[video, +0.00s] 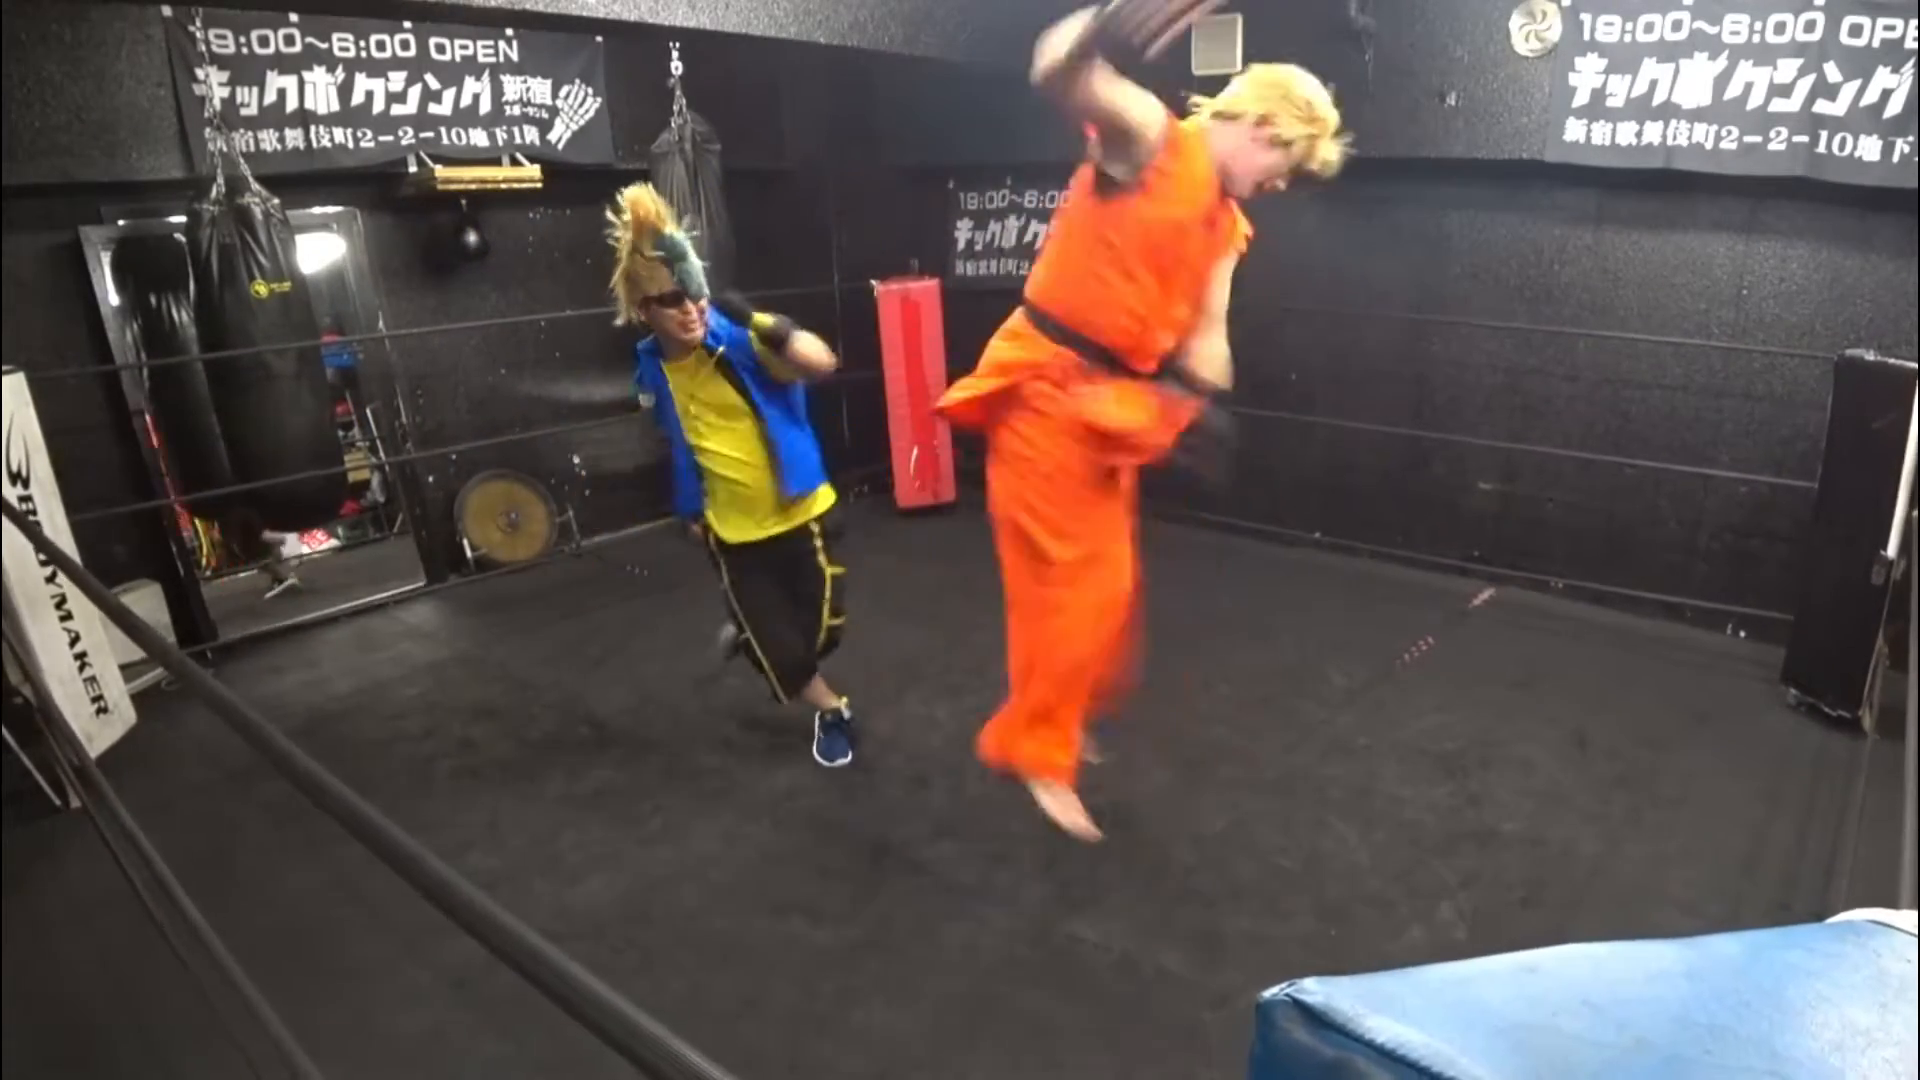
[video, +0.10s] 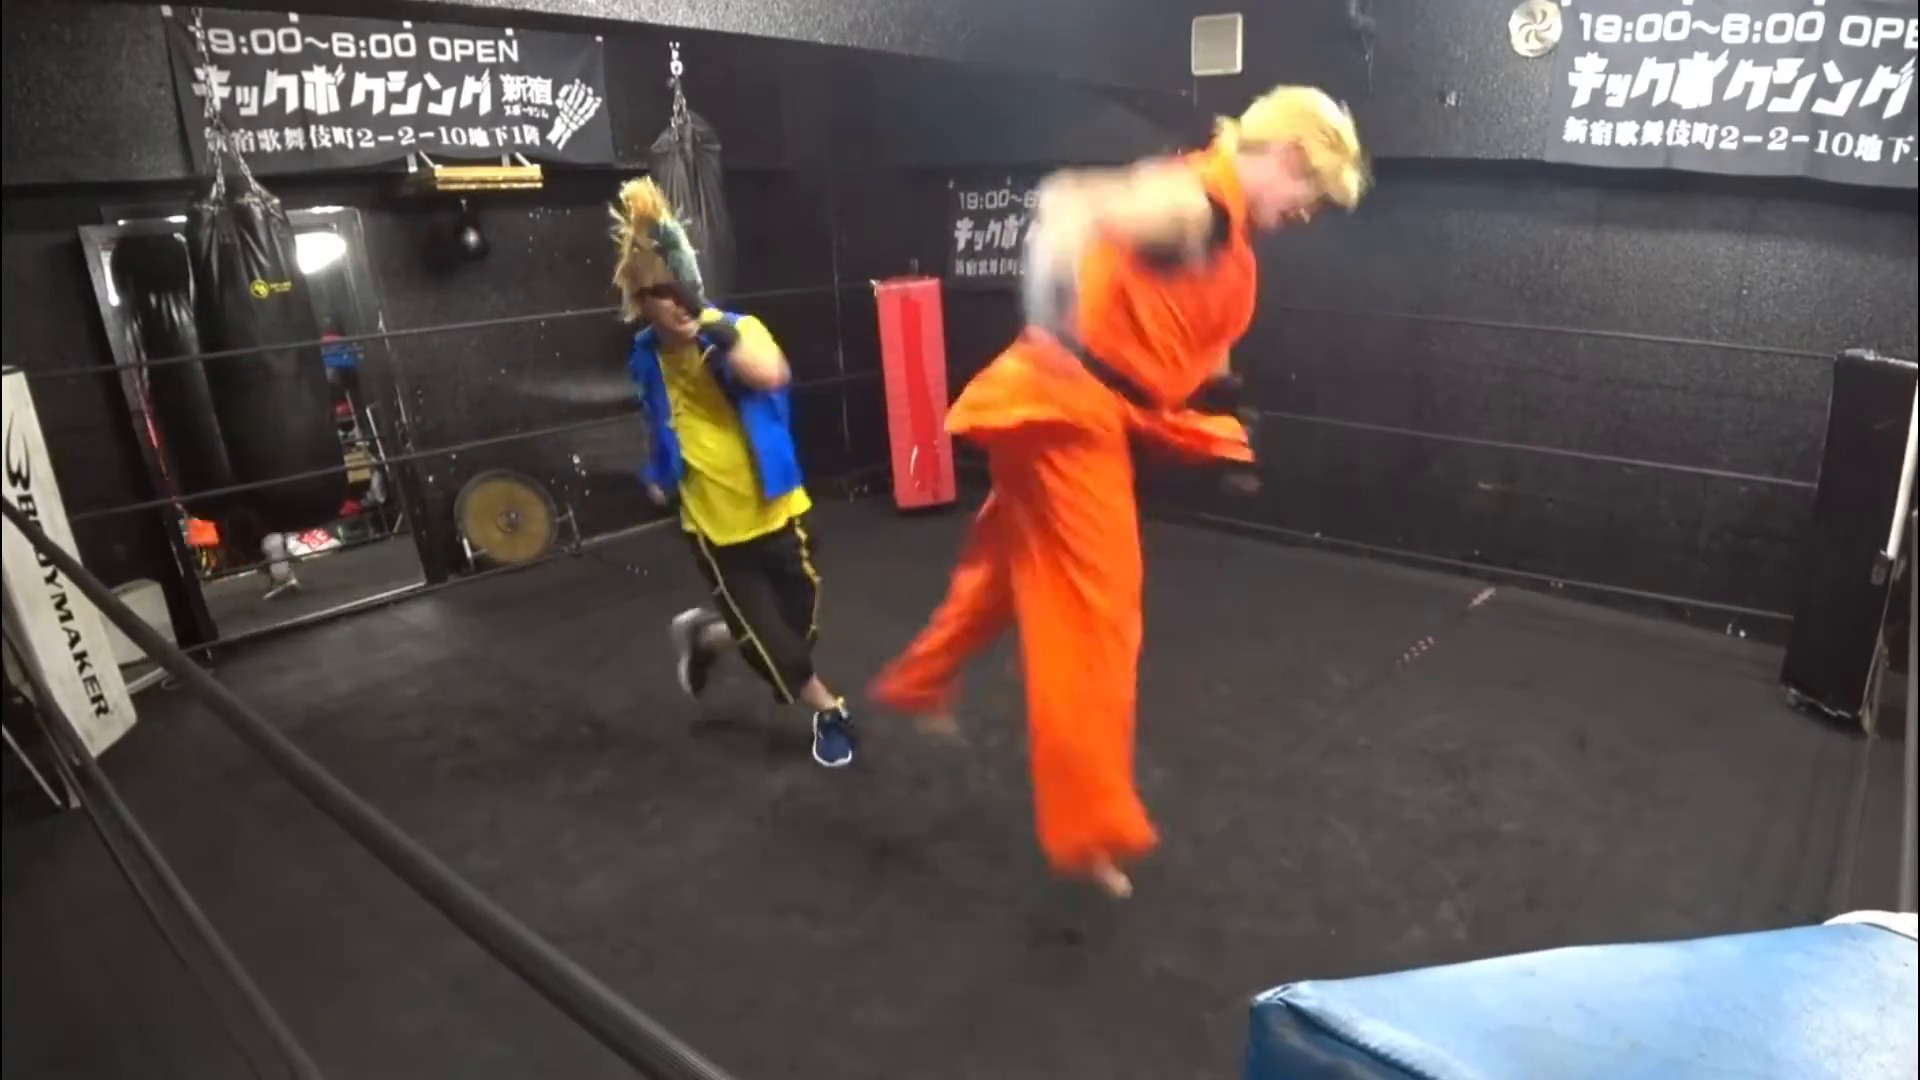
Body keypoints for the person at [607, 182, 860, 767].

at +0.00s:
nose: (689, 309)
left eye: (694, 296)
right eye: (672, 301)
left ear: (705, 294)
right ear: (643, 312)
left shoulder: (739, 335)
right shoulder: (652, 368)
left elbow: (823, 362)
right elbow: (677, 442)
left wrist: (765, 328)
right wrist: (691, 508)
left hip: (803, 513)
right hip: (734, 533)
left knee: (824, 637)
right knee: (782, 653)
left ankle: (753, 646)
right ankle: (833, 710)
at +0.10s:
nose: (671, 302)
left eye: (676, 288)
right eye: (655, 293)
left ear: (694, 291)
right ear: (639, 305)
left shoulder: (737, 331)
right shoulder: (648, 361)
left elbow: (771, 374)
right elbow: (658, 425)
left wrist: (712, 331)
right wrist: (659, 474)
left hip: (780, 514)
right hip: (715, 530)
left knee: (796, 646)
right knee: (775, 647)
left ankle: (707, 636)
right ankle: (829, 709)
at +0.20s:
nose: (643, 298)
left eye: (654, 282)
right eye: (630, 288)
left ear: (682, 280)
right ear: (621, 294)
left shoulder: (726, 332)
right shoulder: (625, 352)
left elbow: (738, 389)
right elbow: (618, 419)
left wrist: (687, 335)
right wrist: (619, 450)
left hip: (749, 508)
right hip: (685, 521)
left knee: (765, 619)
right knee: (756, 624)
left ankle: (679, 668)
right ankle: (826, 710)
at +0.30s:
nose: (665, 288)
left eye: (671, 274)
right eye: (649, 278)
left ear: (683, 275)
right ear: (617, 285)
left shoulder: (711, 333)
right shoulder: (590, 348)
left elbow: (738, 393)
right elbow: (572, 421)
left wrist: (689, 337)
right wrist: (599, 432)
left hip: (713, 501)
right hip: (649, 512)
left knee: (714, 610)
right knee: (731, 615)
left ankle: (650, 683)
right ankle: (805, 723)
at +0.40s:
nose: (657, 282)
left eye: (661, 269)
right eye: (641, 271)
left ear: (669, 272)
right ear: (608, 278)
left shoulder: (673, 328)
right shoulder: (584, 336)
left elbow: (725, 396)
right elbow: (578, 419)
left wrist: (714, 355)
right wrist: (633, 384)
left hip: (665, 495)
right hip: (608, 501)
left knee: (677, 586)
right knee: (689, 595)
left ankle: (652, 683)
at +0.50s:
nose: (648, 276)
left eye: (652, 263)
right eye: (632, 264)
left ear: (658, 264)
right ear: (596, 268)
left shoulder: (638, 324)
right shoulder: (578, 321)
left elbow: (680, 391)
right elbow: (619, 378)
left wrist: (691, 368)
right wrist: (667, 347)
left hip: (606, 489)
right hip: (566, 493)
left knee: (635, 594)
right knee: (642, 600)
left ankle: (637, 684)